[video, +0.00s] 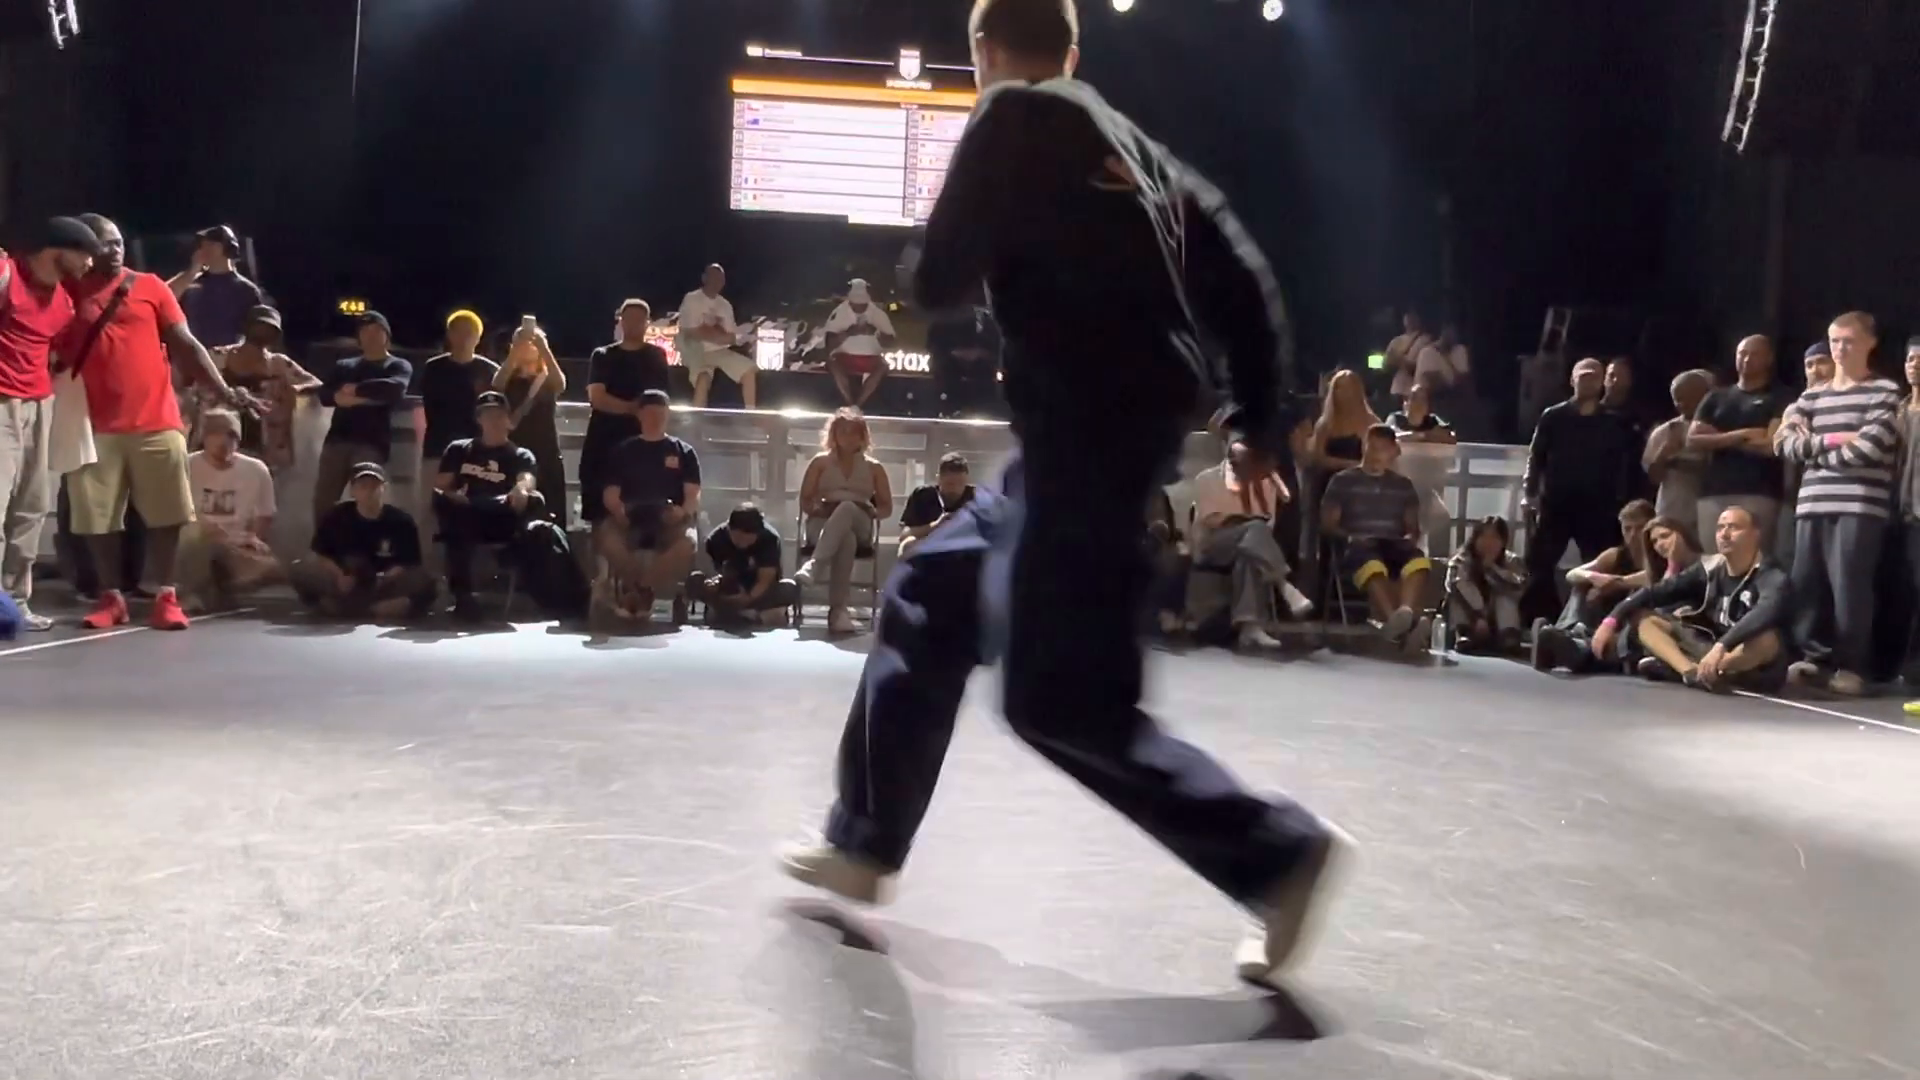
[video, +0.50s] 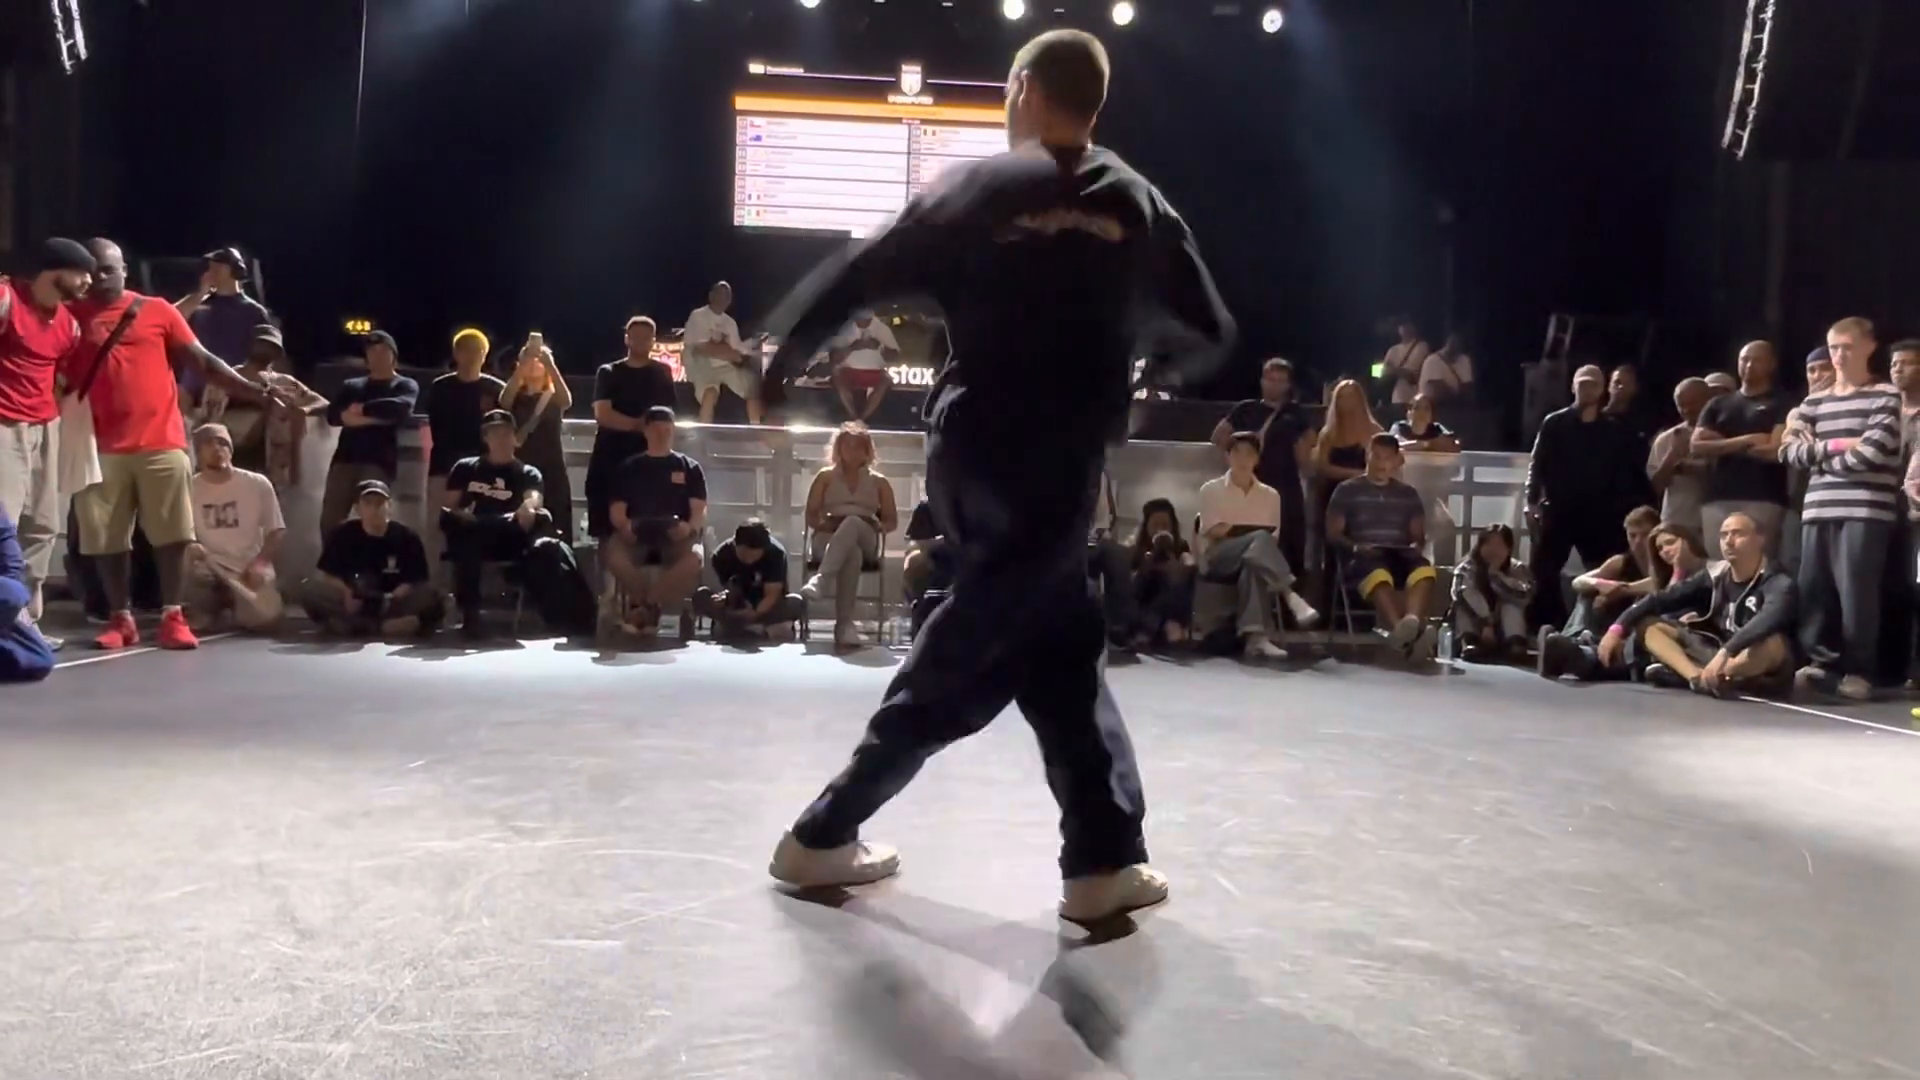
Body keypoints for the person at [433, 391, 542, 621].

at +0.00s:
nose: (494, 420)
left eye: (498, 414)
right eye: (488, 414)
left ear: (508, 419)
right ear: (478, 419)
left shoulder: (522, 456)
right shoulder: (459, 449)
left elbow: (526, 479)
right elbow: (439, 489)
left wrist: (520, 490)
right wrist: (458, 497)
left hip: (504, 512)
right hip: (468, 512)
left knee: (534, 501)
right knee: (454, 520)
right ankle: (463, 597)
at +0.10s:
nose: (498, 426)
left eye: (502, 420)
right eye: (492, 421)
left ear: (511, 425)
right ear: (481, 425)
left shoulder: (524, 462)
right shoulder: (461, 456)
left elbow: (529, 486)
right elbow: (442, 496)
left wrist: (524, 496)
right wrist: (458, 503)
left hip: (506, 518)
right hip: (471, 517)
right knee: (457, 531)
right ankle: (465, 603)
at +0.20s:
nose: (500, 434)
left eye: (505, 429)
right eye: (494, 429)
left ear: (514, 433)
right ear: (485, 433)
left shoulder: (528, 469)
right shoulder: (465, 463)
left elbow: (532, 492)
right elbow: (448, 503)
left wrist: (527, 503)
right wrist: (462, 510)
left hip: (511, 524)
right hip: (475, 523)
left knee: (540, 515)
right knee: (459, 529)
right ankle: (468, 609)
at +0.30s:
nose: (501, 438)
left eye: (505, 432)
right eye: (495, 432)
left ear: (515, 437)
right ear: (485, 436)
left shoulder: (529, 472)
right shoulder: (466, 466)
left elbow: (533, 495)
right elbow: (448, 506)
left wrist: (528, 506)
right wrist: (460, 512)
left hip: (511, 529)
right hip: (475, 528)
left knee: (542, 517)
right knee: (459, 525)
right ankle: (469, 612)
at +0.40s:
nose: (500, 438)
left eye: (505, 432)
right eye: (494, 433)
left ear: (514, 437)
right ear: (485, 437)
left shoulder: (528, 473)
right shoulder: (466, 467)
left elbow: (533, 496)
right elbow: (448, 507)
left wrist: (528, 506)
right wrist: (461, 513)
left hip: (511, 531)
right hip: (475, 531)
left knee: (541, 518)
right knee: (461, 530)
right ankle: (470, 613)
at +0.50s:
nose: (501, 439)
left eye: (506, 433)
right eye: (495, 433)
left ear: (515, 437)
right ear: (485, 438)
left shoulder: (529, 473)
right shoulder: (466, 468)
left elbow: (533, 502)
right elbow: (448, 511)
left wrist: (528, 508)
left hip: (511, 534)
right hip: (475, 534)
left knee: (538, 519)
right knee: (462, 536)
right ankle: (471, 615)